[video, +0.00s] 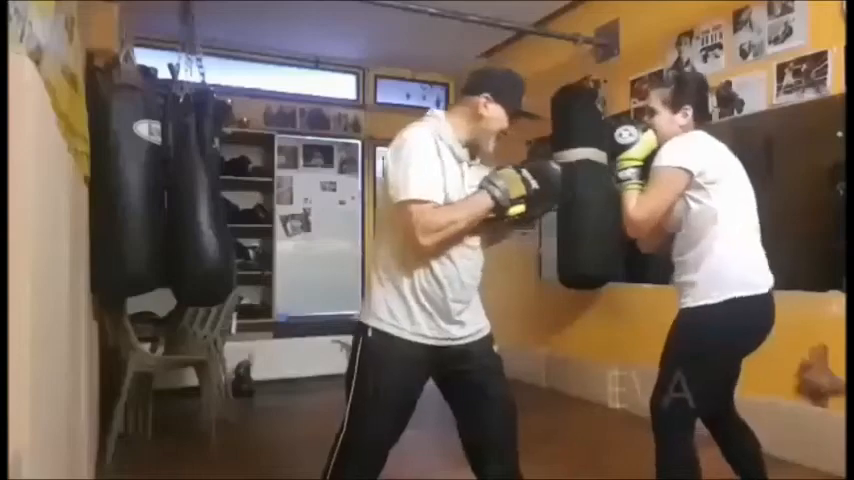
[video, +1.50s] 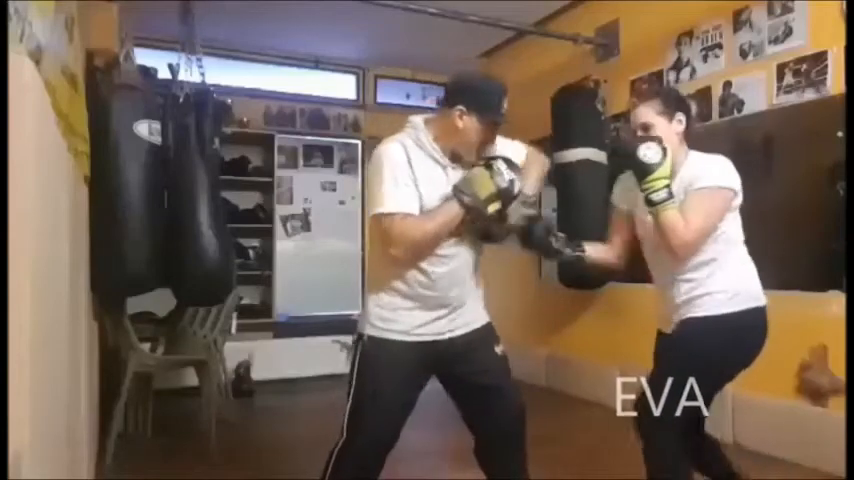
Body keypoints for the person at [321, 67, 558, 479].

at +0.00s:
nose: (507, 128)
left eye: (511, 119)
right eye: (508, 116)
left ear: (483, 106)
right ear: (484, 104)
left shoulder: (471, 158)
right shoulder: (417, 140)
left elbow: (471, 238)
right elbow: (425, 232)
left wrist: (517, 212)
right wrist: (494, 193)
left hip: (464, 332)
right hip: (397, 331)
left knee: (497, 449)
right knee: (361, 453)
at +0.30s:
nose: (487, 120)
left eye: (491, 111)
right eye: (487, 108)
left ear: (460, 102)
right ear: (459, 99)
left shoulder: (459, 155)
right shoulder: (395, 143)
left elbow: (457, 233)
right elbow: (413, 233)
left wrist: (493, 208)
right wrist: (477, 191)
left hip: (456, 331)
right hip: (390, 332)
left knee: (493, 448)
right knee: (357, 459)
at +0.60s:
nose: (504, 132)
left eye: (508, 123)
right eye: (505, 120)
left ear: (478, 111)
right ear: (479, 109)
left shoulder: (469, 157)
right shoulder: (413, 144)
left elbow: (470, 237)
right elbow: (429, 233)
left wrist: (512, 206)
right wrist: (491, 192)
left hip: (463, 328)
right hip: (398, 330)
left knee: (498, 447)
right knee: (359, 457)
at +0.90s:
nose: (474, 128)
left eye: (477, 117)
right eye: (470, 114)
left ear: (443, 108)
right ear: (440, 107)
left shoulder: (453, 150)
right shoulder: (378, 150)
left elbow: (508, 145)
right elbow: (397, 240)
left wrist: (505, 187)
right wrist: (453, 186)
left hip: (455, 324)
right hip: (386, 332)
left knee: (499, 427)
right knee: (356, 455)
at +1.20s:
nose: (484, 123)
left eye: (487, 112)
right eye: (479, 110)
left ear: (451, 104)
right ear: (449, 103)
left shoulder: (468, 139)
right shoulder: (388, 147)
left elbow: (533, 127)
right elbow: (405, 236)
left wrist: (520, 171)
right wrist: (463, 182)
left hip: (468, 321)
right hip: (398, 328)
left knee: (503, 429)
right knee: (359, 450)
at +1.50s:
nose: (494, 137)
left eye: (495, 127)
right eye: (489, 126)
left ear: (463, 118)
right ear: (460, 118)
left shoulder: (476, 149)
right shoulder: (393, 154)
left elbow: (534, 158)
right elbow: (401, 246)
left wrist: (522, 201)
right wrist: (466, 200)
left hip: (465, 323)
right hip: (396, 330)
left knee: (505, 425)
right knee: (364, 447)